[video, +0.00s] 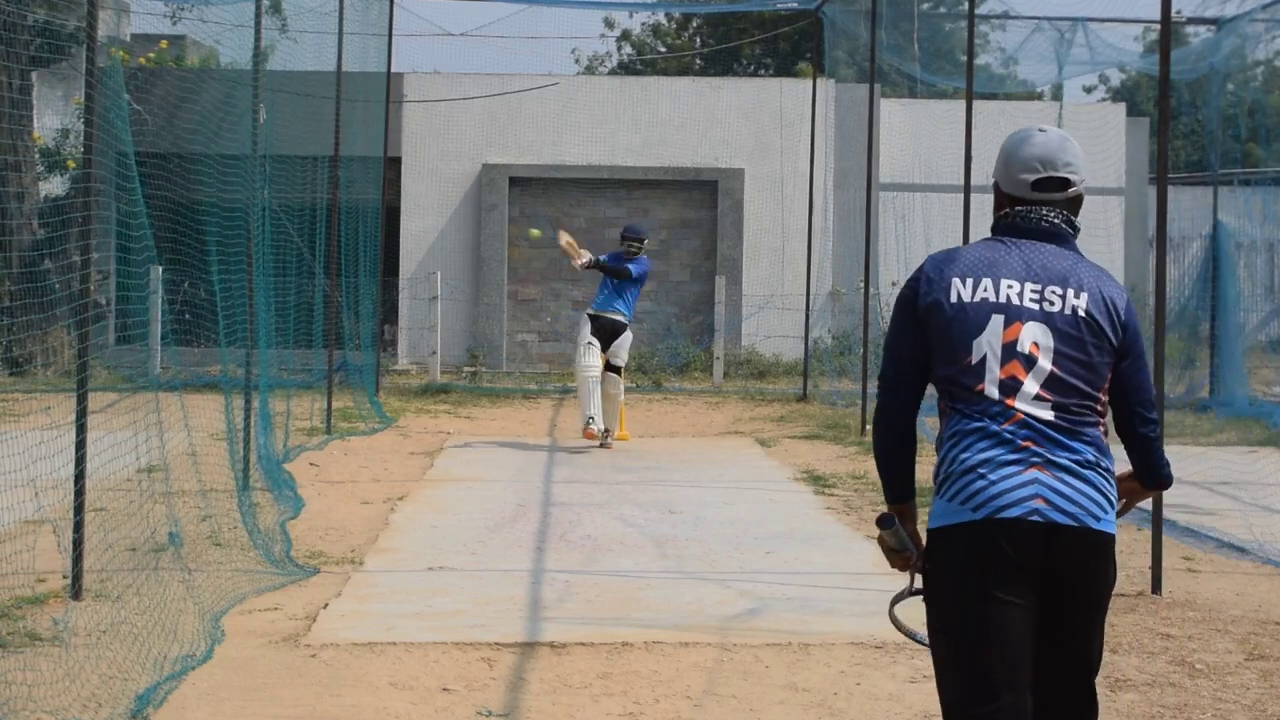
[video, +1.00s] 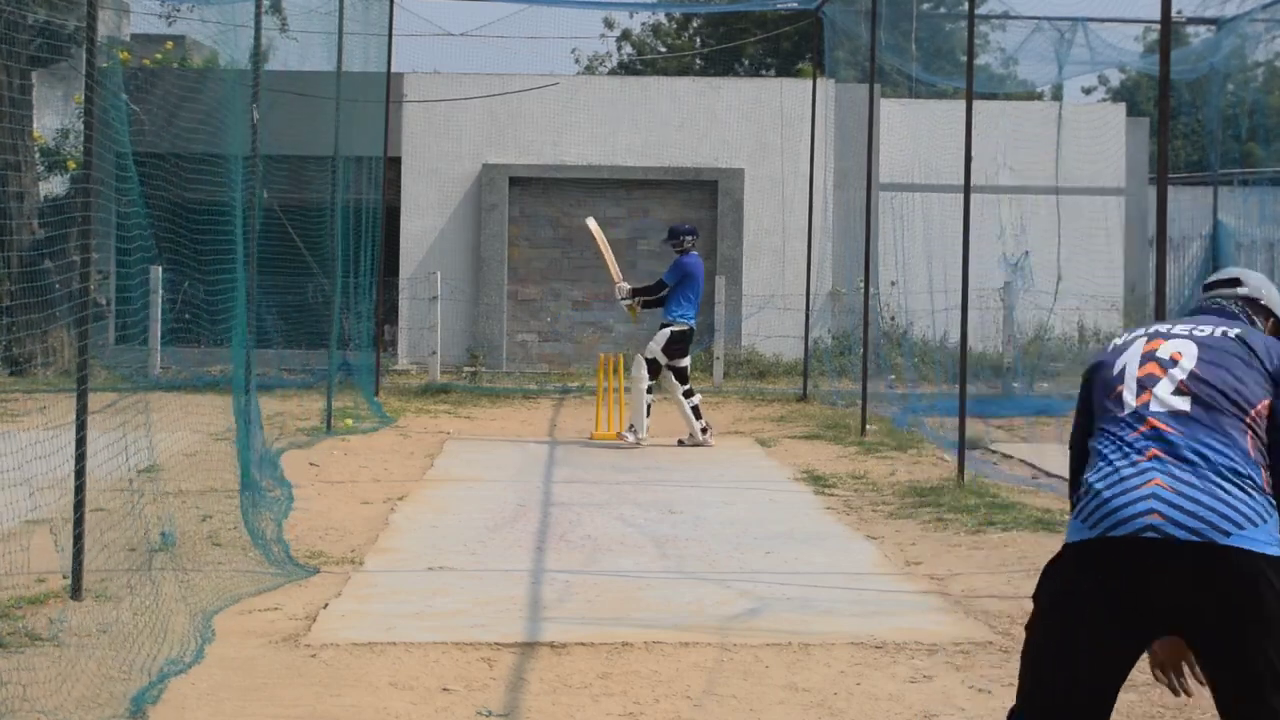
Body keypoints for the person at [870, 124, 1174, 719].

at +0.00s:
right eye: (1072, 193)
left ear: (998, 197)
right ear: (1076, 202)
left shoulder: (938, 275)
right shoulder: (1107, 291)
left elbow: (893, 411)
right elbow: (1139, 417)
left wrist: (901, 513)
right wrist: (1147, 476)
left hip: (976, 518)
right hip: (1084, 523)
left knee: (983, 701)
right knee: (1069, 698)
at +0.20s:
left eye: (981, 182)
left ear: (982, 189)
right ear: (1061, 195)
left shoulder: (926, 271)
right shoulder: (1098, 286)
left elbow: (887, 409)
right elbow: (1124, 417)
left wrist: (920, 490)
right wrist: (1130, 483)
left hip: (969, 531)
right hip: (1079, 533)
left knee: (978, 705)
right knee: (1071, 705)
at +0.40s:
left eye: (979, 179)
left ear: (980, 187)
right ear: (1061, 189)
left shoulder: (928, 271)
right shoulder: (1102, 281)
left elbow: (885, 404)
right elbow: (1125, 411)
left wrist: (951, 460)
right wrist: (1129, 474)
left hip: (979, 531)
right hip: (1091, 531)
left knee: (990, 708)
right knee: (1086, 705)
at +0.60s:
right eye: (1084, 187)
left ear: (1004, 192)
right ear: (1086, 194)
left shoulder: (948, 271)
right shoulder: (1124, 282)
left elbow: (909, 401)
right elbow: (1154, 424)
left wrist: (983, 445)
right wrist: (1149, 494)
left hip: (996, 533)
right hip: (1114, 532)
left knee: (1002, 708)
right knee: (1137, 705)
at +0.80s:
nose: (1166, 239)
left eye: (1166, 229)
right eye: (1164, 228)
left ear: (1084, 219)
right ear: (1154, 225)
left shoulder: (1002, 284)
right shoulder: (1181, 301)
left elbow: (971, 414)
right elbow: (1208, 446)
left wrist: (1034, 476)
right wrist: (1172, 515)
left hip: (1025, 547)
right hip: (1153, 549)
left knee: (1010, 710)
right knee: (1202, 709)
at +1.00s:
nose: (1273, 337)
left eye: (1274, 329)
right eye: (1274, 328)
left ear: (1201, 305)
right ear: (1265, 319)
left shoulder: (1116, 351)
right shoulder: (1270, 354)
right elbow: (1268, 486)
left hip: (1101, 557)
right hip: (1241, 565)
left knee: (1045, 708)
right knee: (1261, 706)